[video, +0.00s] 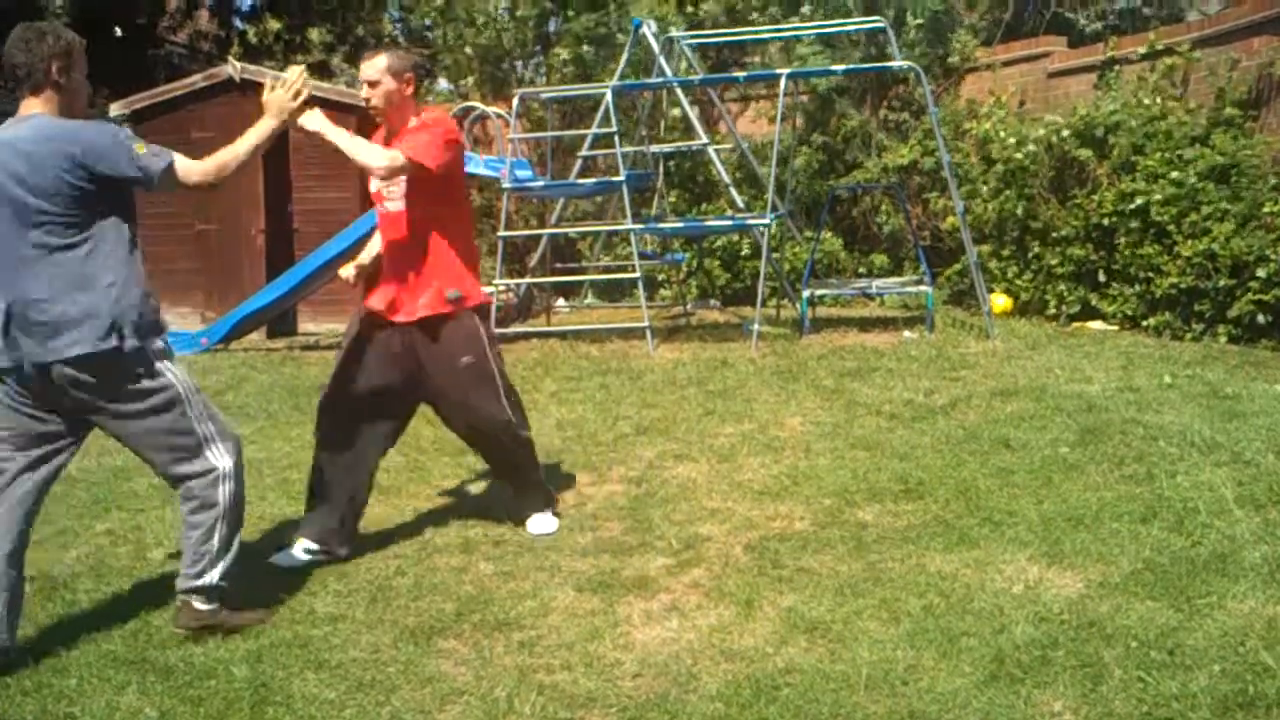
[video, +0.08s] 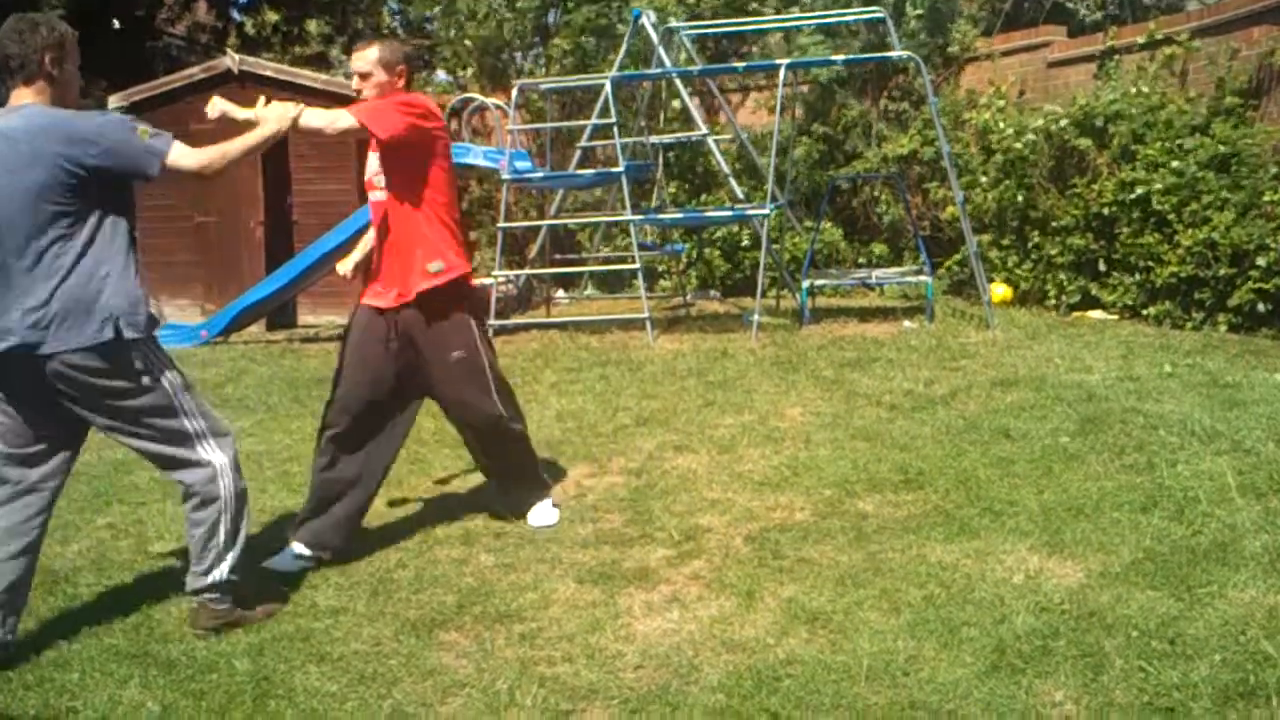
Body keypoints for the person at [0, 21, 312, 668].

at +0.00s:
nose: (89, 85)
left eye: (85, 73)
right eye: (83, 74)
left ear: (24, 81)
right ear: (56, 76)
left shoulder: (4, 143)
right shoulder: (82, 140)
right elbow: (200, 172)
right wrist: (271, 121)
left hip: (23, 355)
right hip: (102, 345)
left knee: (7, 509)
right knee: (212, 457)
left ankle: (1, 638)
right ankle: (202, 596)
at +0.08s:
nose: (82, 77)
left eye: (77, 65)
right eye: (75, 66)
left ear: (19, 74)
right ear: (48, 68)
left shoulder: (5, 132)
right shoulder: (74, 129)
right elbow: (195, 162)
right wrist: (269, 129)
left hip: (17, 343)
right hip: (92, 335)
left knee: (19, 490)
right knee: (207, 450)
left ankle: (1, 629)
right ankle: (214, 594)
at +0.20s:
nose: (66, 70)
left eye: (63, 59)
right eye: (60, 60)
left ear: (7, 63)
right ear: (37, 57)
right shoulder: (59, 121)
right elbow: (161, 178)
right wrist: (238, 191)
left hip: (13, 337)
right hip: (90, 325)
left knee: (15, 489)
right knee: (167, 451)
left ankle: (1, 628)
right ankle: (216, 594)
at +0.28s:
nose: (62, 71)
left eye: (60, 59)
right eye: (57, 59)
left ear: (10, 63)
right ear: (31, 59)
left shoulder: (5, 126)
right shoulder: (41, 124)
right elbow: (124, 203)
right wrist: (202, 225)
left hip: (14, 335)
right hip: (86, 322)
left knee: (15, 493)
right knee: (169, 449)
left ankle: (2, 633)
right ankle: (216, 598)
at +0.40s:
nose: (58, 72)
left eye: (55, 59)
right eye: (52, 59)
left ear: (14, 63)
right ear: (24, 59)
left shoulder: (21, 133)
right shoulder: (13, 132)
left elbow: (108, 179)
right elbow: (29, 243)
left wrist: (194, 134)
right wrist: (135, 278)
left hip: (26, 340)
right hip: (84, 334)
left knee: (23, 495)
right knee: (171, 453)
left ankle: (2, 634)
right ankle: (217, 600)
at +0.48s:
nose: (57, 70)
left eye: (54, 58)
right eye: (49, 58)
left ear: (14, 61)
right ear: (18, 59)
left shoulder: (20, 135)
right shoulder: (10, 135)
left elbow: (115, 179)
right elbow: (12, 242)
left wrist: (200, 140)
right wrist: (111, 267)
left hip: (32, 341)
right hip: (85, 334)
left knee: (26, 493)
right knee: (174, 450)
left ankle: (4, 630)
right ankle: (219, 597)